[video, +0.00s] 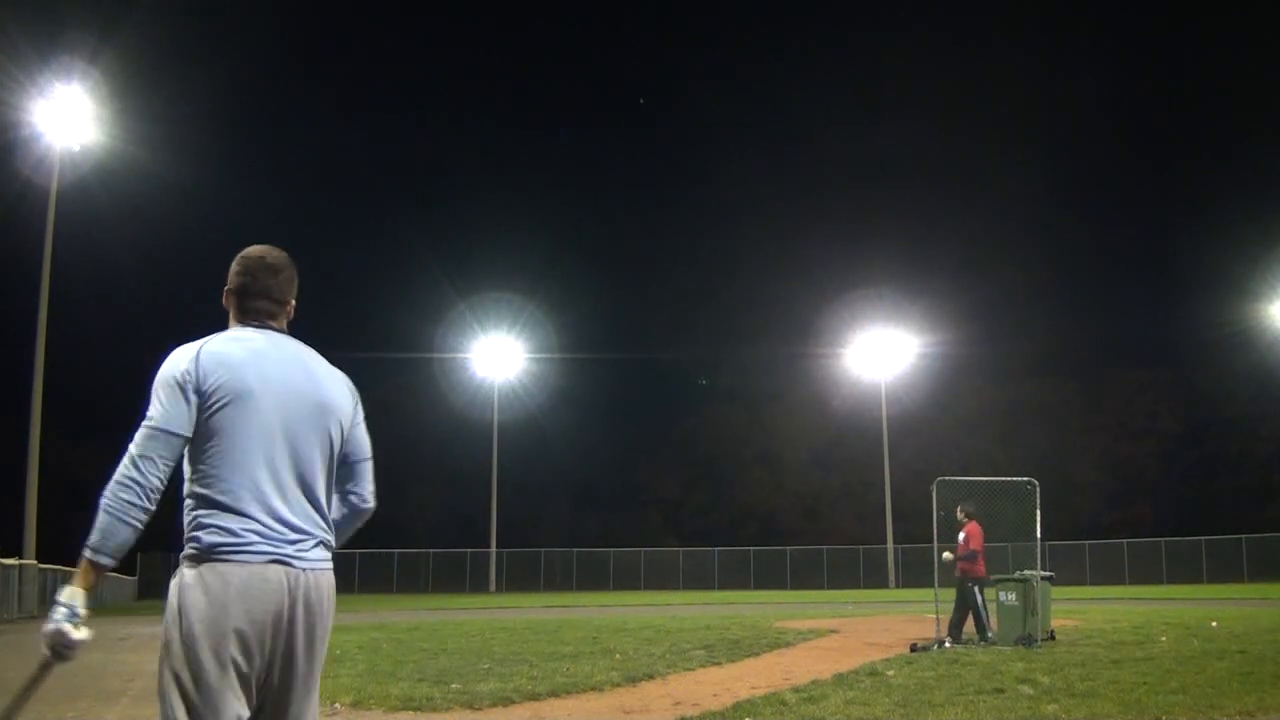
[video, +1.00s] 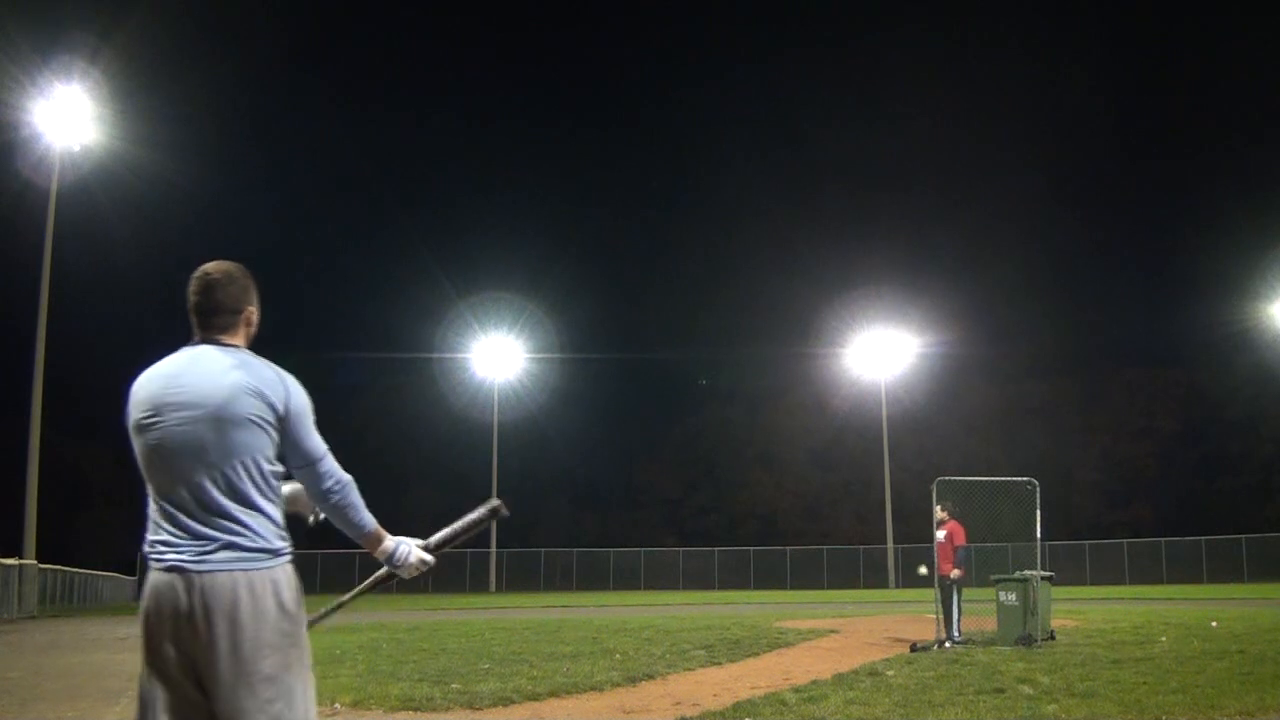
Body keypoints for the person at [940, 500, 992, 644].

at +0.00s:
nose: (957, 514)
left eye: (958, 512)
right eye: (957, 512)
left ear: (965, 513)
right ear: (966, 514)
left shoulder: (974, 528)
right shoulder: (965, 528)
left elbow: (975, 552)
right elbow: (966, 551)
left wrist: (955, 557)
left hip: (974, 576)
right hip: (964, 575)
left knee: (978, 607)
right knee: (960, 608)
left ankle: (985, 636)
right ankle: (954, 636)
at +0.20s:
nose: (949, 518)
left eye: (950, 515)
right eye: (949, 515)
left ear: (958, 514)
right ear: (957, 514)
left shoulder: (968, 527)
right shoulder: (959, 528)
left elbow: (968, 551)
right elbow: (957, 555)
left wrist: (952, 563)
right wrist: (943, 561)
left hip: (966, 574)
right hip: (957, 574)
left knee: (972, 607)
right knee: (955, 608)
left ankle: (984, 635)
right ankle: (953, 636)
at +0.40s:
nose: (942, 518)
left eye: (944, 514)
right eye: (941, 515)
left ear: (952, 514)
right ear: (950, 515)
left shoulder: (963, 527)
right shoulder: (950, 529)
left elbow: (967, 548)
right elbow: (948, 552)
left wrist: (959, 563)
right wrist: (933, 560)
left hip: (961, 572)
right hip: (950, 573)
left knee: (961, 601)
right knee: (951, 605)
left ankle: (978, 631)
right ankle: (953, 636)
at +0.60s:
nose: (938, 518)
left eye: (940, 514)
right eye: (937, 515)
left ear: (948, 514)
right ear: (942, 515)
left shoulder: (959, 526)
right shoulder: (943, 531)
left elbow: (966, 547)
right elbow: (939, 551)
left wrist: (963, 565)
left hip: (955, 571)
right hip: (945, 573)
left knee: (954, 601)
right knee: (948, 604)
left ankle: (968, 632)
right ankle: (952, 635)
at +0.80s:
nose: (936, 517)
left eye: (937, 513)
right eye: (935, 514)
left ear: (945, 513)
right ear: (942, 514)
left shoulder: (957, 526)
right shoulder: (941, 530)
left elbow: (965, 547)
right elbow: (938, 551)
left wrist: (962, 566)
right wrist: (920, 554)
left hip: (954, 573)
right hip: (944, 574)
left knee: (954, 606)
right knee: (947, 606)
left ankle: (954, 636)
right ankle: (948, 635)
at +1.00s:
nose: (935, 514)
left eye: (937, 511)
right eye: (935, 512)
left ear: (946, 512)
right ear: (941, 513)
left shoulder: (955, 527)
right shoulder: (940, 527)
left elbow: (960, 548)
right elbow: (941, 549)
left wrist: (957, 567)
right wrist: (937, 568)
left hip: (951, 573)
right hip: (942, 573)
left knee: (953, 606)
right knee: (946, 606)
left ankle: (955, 636)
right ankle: (948, 635)